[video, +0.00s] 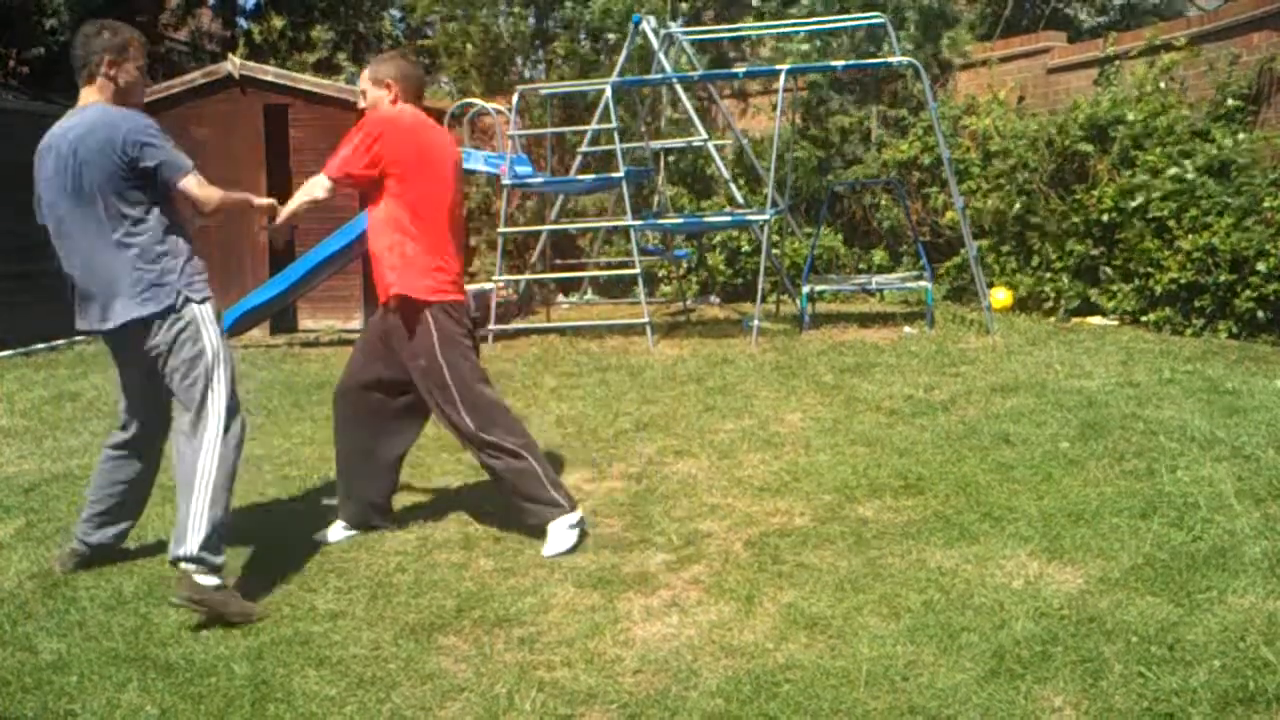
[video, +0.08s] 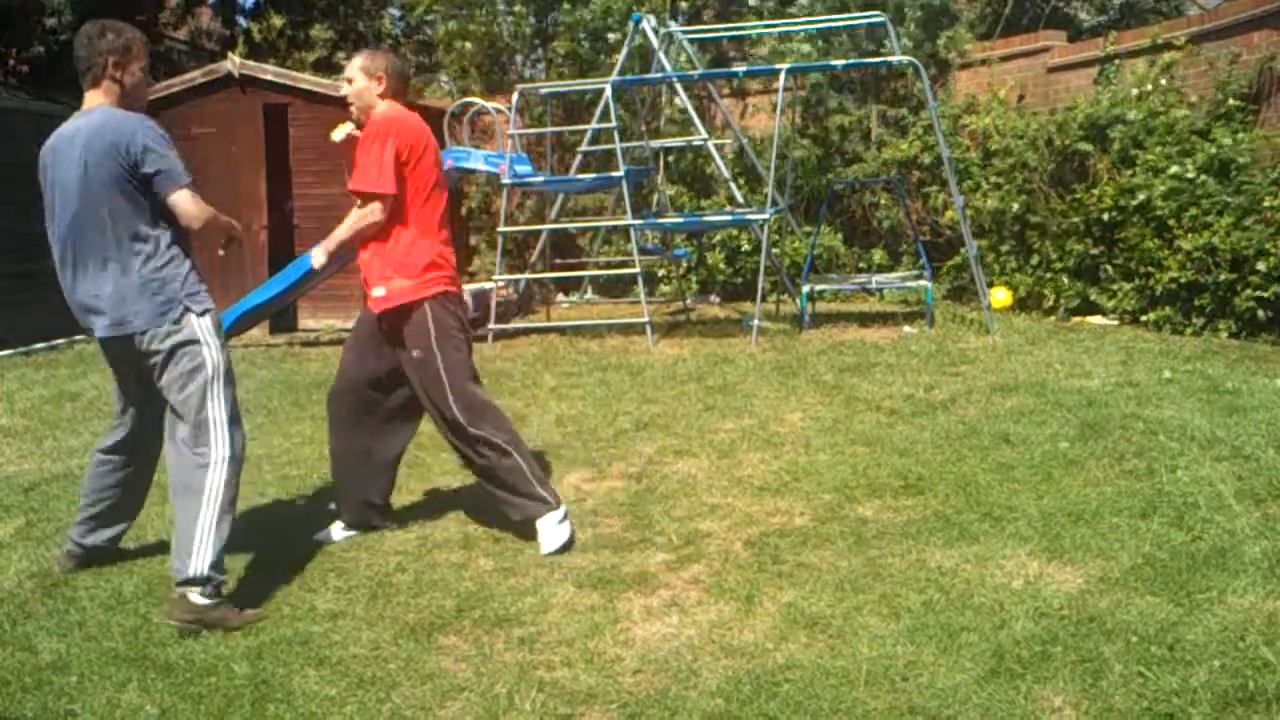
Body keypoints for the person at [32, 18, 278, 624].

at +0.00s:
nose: (145, 80)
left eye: (144, 69)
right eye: (140, 69)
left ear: (91, 72)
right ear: (110, 69)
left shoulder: (48, 146)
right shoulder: (127, 125)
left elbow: (70, 233)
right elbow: (206, 198)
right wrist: (254, 201)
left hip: (109, 309)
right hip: (168, 297)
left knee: (142, 418)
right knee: (215, 416)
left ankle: (93, 540)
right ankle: (199, 564)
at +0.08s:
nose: (147, 80)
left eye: (146, 68)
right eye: (142, 69)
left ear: (90, 72)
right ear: (116, 70)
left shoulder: (53, 147)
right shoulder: (135, 129)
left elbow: (81, 232)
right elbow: (193, 214)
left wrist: (171, 242)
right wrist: (230, 227)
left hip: (106, 316)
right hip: (167, 307)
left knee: (138, 419)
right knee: (210, 437)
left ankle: (89, 541)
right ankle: (197, 588)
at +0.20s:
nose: (159, 81)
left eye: (157, 69)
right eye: (154, 70)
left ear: (105, 78)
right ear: (128, 75)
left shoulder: (79, 144)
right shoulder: (122, 142)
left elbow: (193, 186)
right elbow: (146, 238)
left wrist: (250, 133)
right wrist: (206, 279)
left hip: (98, 323)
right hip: (144, 323)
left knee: (112, 429)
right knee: (229, 452)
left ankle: (56, 551)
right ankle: (196, 598)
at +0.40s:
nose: (129, 80)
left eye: (126, 68)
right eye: (124, 68)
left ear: (72, 74)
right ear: (98, 69)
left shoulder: (45, 144)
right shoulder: (90, 139)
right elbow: (145, 224)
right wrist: (242, 195)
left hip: (80, 337)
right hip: (136, 332)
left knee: (90, 472)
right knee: (223, 465)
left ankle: (7, 585)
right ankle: (195, 603)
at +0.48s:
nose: (114, 74)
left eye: (112, 62)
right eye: (109, 62)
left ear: (53, 67)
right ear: (83, 62)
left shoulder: (20, 144)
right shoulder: (88, 135)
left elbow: (110, 205)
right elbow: (161, 206)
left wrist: (194, 214)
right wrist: (241, 153)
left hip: (60, 338)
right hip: (130, 331)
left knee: (50, 484)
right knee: (211, 462)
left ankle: (5, 611)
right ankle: (195, 602)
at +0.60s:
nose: (89, 85)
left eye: (85, 73)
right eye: (83, 74)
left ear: (24, 81)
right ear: (56, 76)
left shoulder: (4, 143)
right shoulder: (82, 140)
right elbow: (200, 172)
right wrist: (271, 121)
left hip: (23, 355)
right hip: (102, 345)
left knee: (7, 509)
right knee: (212, 457)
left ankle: (1, 638)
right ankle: (202, 596)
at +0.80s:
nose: (66, 70)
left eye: (63, 59)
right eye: (60, 60)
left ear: (7, 63)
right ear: (37, 57)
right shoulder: (59, 121)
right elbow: (161, 178)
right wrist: (238, 191)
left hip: (13, 337)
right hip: (90, 325)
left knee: (15, 489)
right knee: (167, 451)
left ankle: (1, 628)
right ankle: (216, 594)